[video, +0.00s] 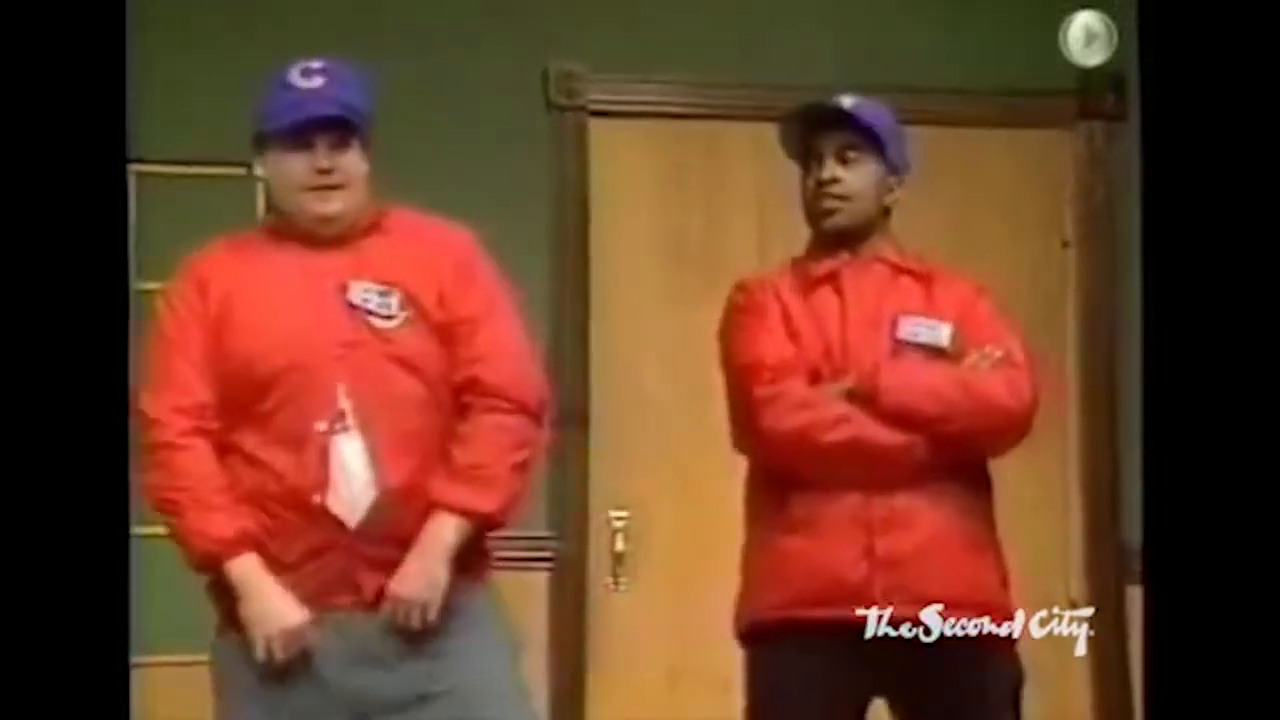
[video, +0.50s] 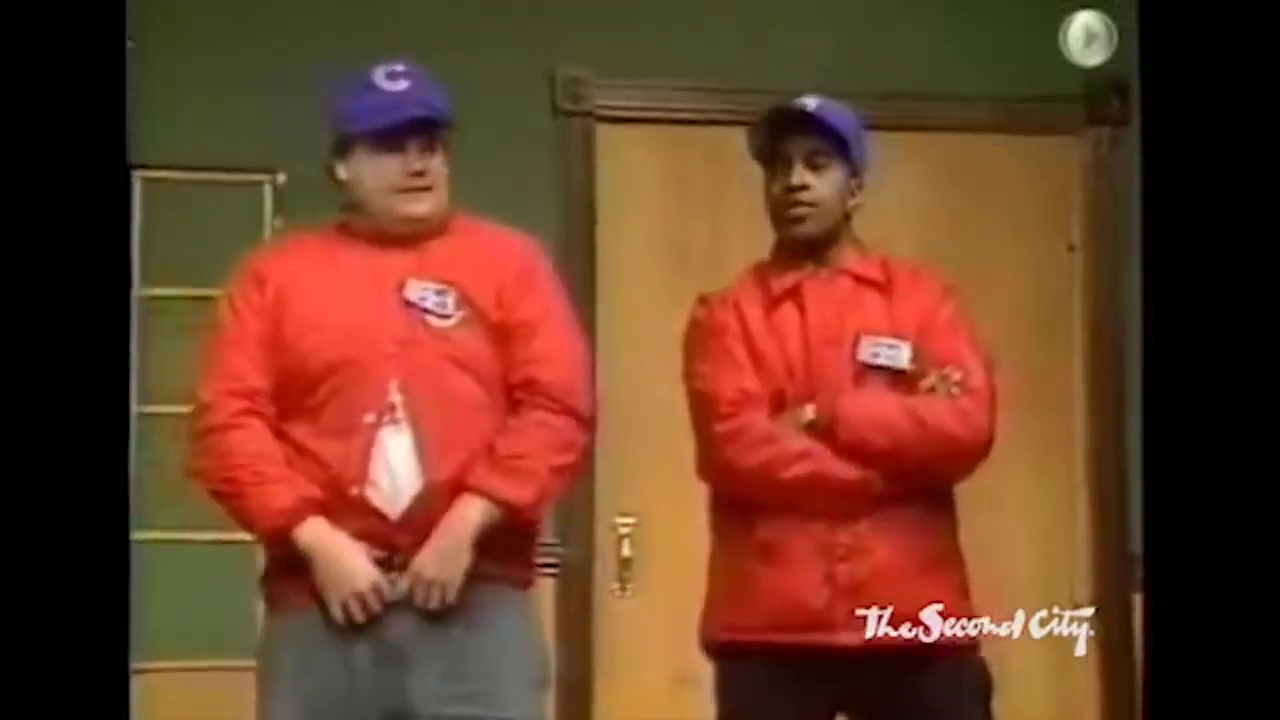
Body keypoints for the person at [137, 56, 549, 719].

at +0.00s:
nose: (324, 161)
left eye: (341, 141)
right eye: (300, 144)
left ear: (368, 154)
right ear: (263, 162)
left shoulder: (445, 256)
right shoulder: (210, 280)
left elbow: (509, 403)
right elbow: (174, 440)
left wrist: (437, 545)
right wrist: (251, 581)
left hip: (440, 622)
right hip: (277, 633)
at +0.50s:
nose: (417, 162)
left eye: (430, 143)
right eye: (390, 146)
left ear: (450, 156)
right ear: (342, 168)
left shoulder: (509, 262)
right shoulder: (275, 274)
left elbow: (559, 409)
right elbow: (226, 427)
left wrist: (465, 521)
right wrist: (317, 539)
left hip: (477, 608)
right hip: (321, 611)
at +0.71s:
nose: (478, 168)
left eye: (490, 149)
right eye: (451, 150)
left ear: (507, 162)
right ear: (397, 169)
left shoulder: (553, 271)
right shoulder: (319, 273)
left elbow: (596, 417)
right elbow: (272, 421)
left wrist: (501, 532)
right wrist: (362, 539)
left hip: (511, 612)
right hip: (350, 614)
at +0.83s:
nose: (502, 175)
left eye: (513, 158)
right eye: (476, 157)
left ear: (527, 169)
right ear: (420, 176)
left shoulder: (569, 278)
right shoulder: (339, 276)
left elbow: (609, 429)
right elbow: (293, 427)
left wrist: (513, 551)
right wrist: (385, 545)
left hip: (527, 616)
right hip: (366, 616)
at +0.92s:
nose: (523, 184)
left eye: (533, 166)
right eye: (498, 166)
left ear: (546, 175)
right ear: (440, 181)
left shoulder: (581, 284)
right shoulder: (357, 281)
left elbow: (622, 441)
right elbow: (309, 433)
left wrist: (522, 560)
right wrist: (401, 550)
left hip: (540, 616)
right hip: (381, 612)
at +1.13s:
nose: (554, 195)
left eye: (563, 178)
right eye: (529, 178)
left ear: (576, 184)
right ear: (469, 188)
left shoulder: (601, 298)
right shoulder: (376, 274)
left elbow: (630, 464)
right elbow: (317, 429)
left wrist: (525, 575)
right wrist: (403, 554)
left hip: (544, 619)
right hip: (383, 613)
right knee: (344, 706)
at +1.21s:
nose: (556, 201)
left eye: (564, 184)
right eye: (533, 183)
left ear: (576, 191)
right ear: (471, 189)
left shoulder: (602, 309)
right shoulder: (375, 277)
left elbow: (626, 473)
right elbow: (316, 431)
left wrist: (525, 577)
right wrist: (400, 557)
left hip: (543, 625)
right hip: (378, 618)